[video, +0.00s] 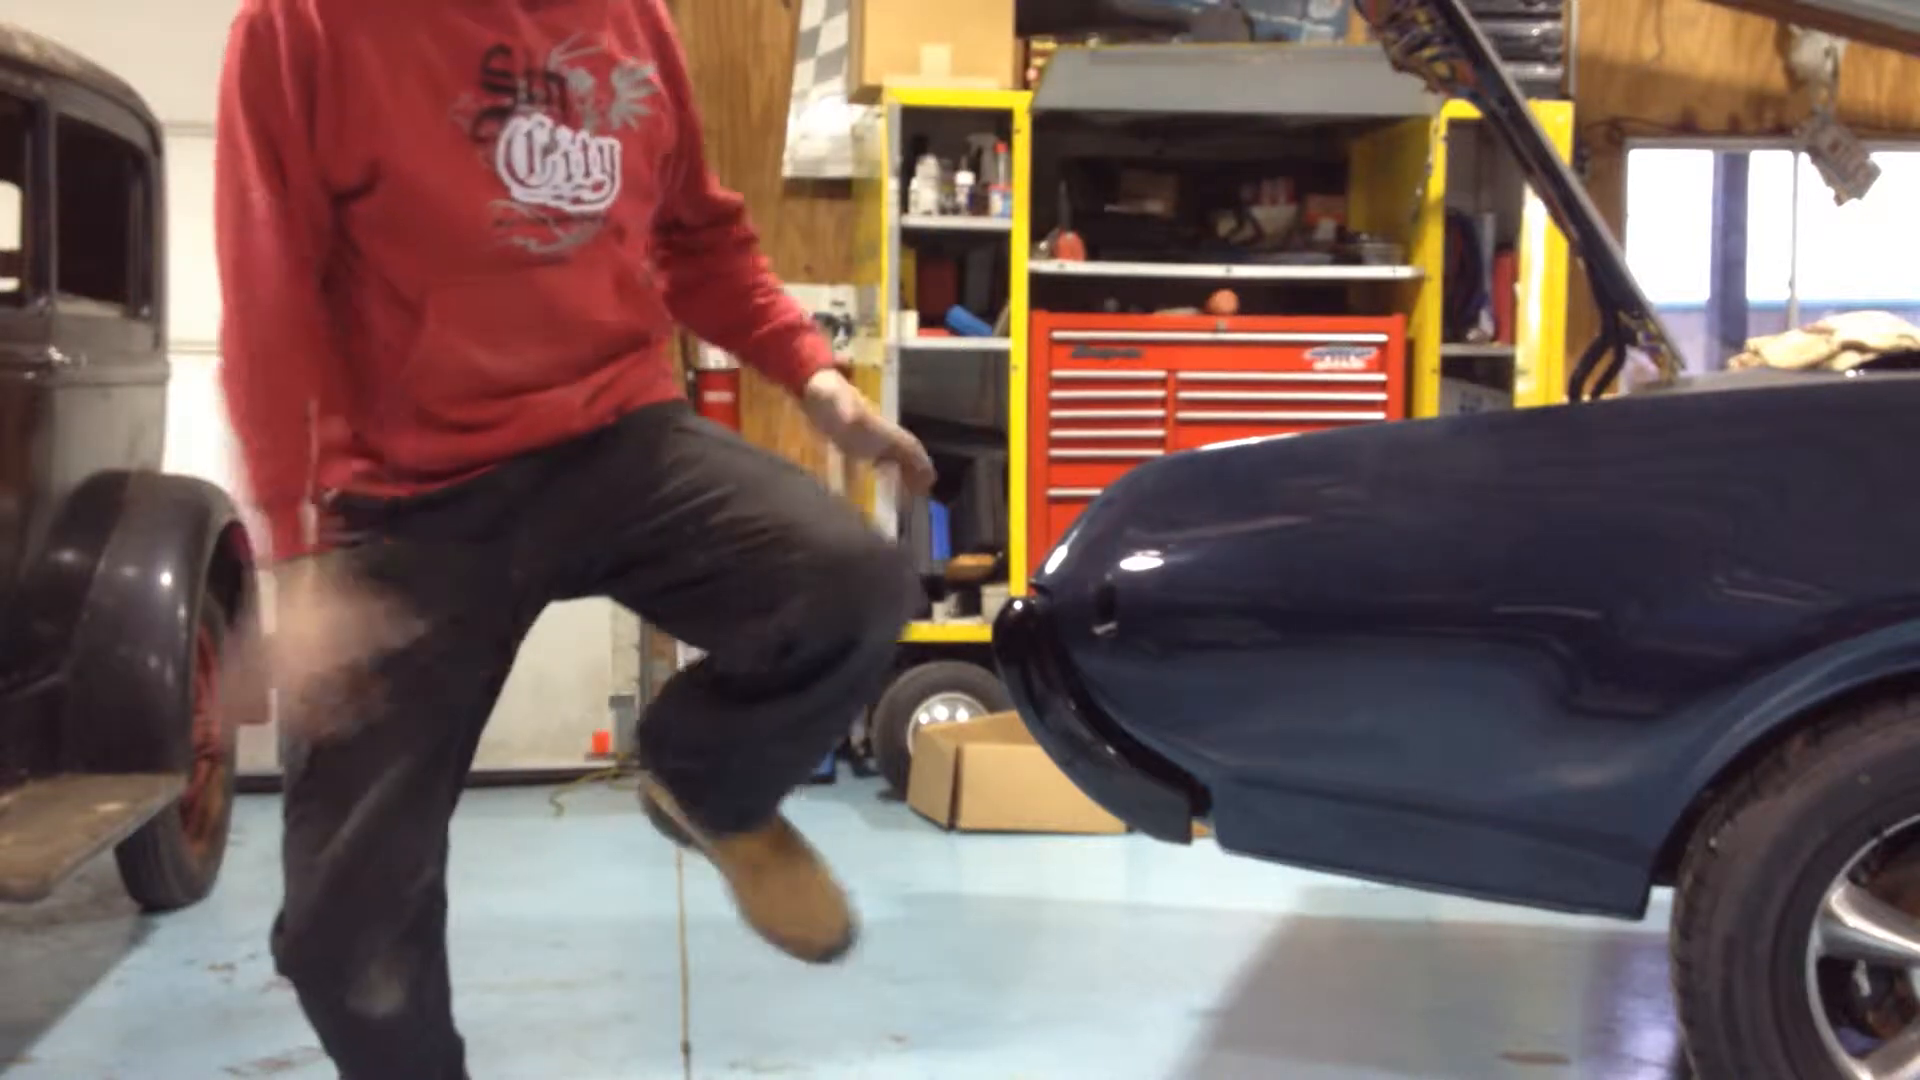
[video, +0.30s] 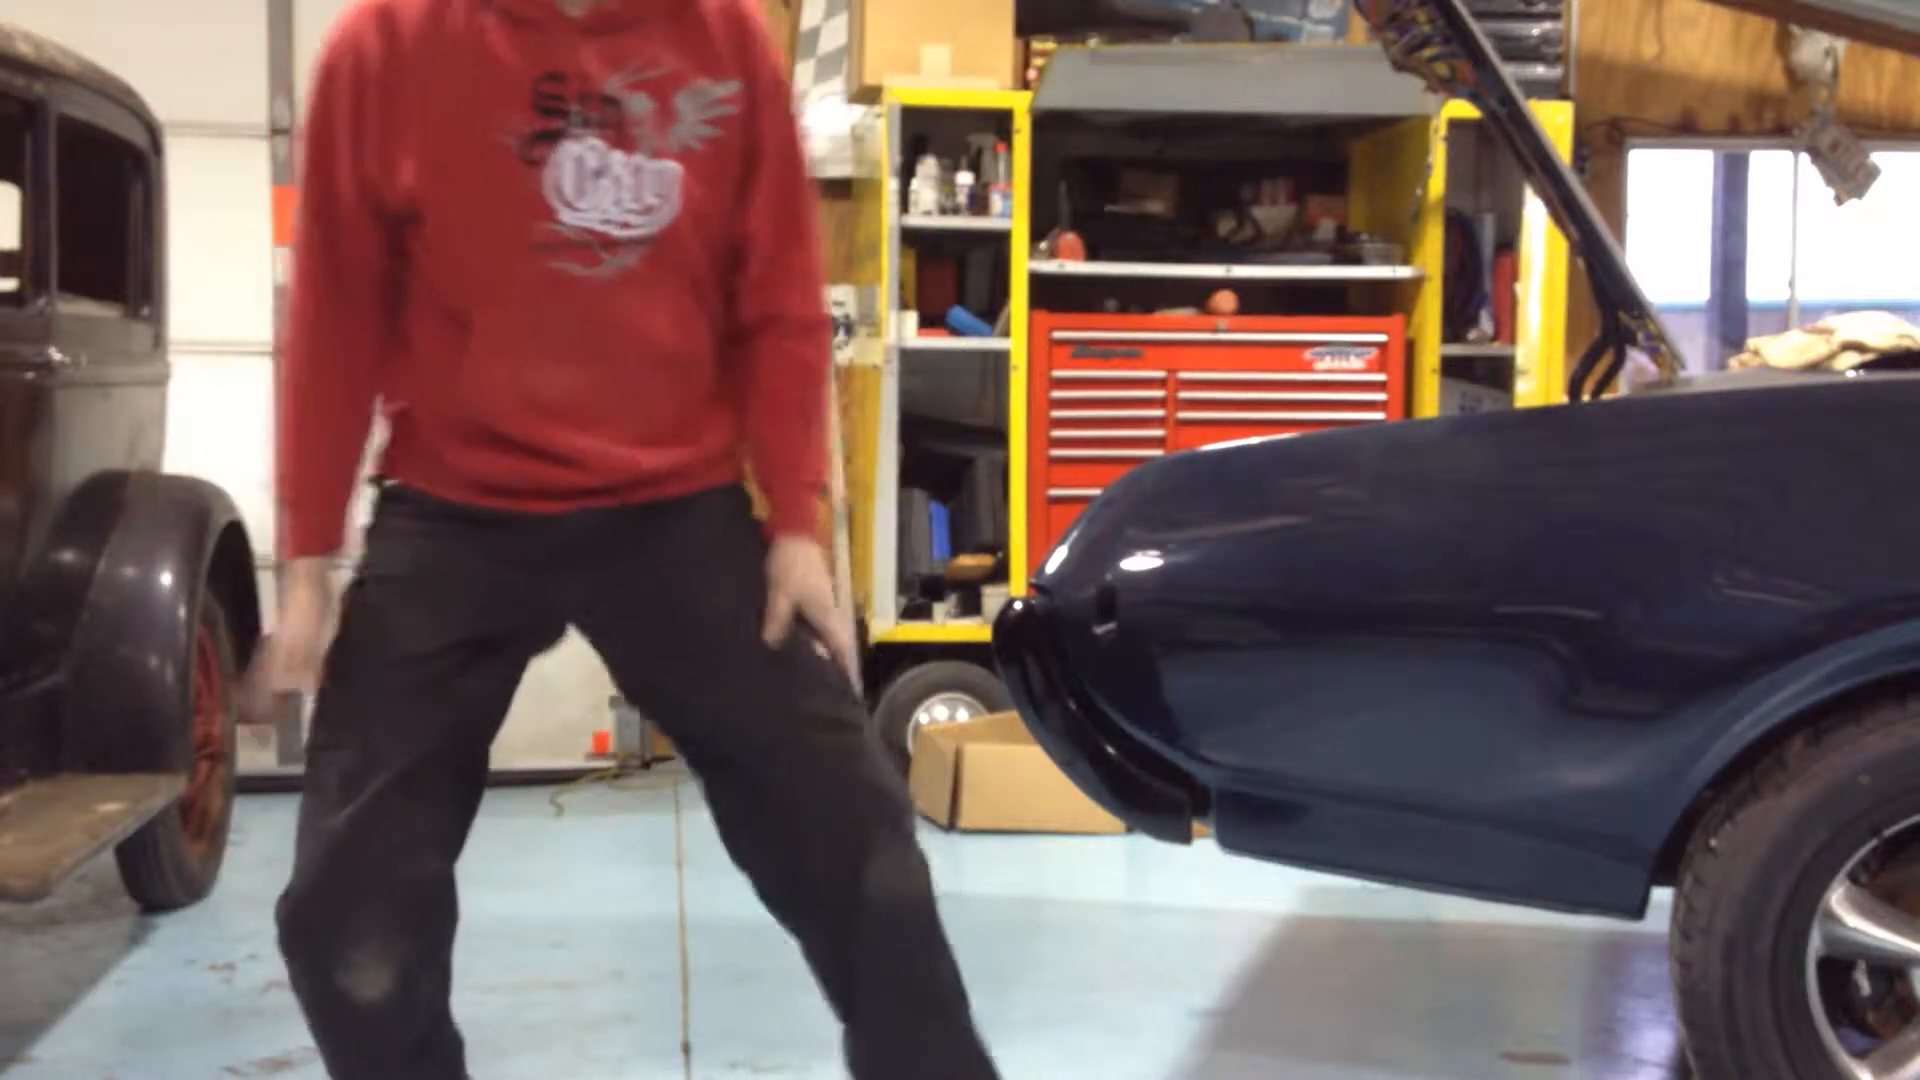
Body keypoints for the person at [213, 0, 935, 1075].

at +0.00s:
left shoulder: (627, 16)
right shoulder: (303, 24)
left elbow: (696, 231)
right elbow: (264, 293)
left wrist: (819, 380)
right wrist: (292, 560)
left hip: (622, 439)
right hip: (403, 504)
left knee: (855, 583)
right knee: (348, 927)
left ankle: (704, 777)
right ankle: (406, 1070)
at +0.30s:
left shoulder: (725, 35)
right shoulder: (387, 41)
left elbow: (783, 295)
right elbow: (332, 308)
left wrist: (799, 525)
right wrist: (307, 566)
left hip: (680, 517)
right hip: (451, 522)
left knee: (857, 847)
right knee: (350, 909)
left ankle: (944, 1075)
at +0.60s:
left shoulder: (877, 100)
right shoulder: (544, 94)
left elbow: (933, 358)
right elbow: (480, 349)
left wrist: (967, 587)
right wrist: (425, 579)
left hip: (817, 552)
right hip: (591, 544)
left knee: (1025, 844)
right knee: (350, 830)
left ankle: (1010, 1066)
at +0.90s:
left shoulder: (959, 132)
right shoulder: (629, 127)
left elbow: (1002, 385)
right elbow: (555, 374)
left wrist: (1009, 619)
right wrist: (485, 581)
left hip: (874, 590)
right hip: (649, 572)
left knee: (1068, 876)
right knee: (385, 826)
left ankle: (989, 1071)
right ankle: (404, 1068)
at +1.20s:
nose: (651, 15)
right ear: (626, 1)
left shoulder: (891, 143)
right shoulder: (560, 150)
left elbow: (959, 389)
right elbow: (499, 403)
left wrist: (975, 589)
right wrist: (438, 607)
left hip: (832, 597)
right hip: (598, 598)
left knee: (1068, 826)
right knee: (349, 876)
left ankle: (1021, 1070)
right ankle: (418, 1073)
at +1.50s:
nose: (631, 8)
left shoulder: (749, 113)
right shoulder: (408, 132)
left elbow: (834, 363)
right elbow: (364, 386)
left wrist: (884, 567)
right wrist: (351, 593)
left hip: (740, 561)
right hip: (514, 571)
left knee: (990, 792)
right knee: (302, 877)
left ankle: (1022, 1062)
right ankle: (404, 1067)